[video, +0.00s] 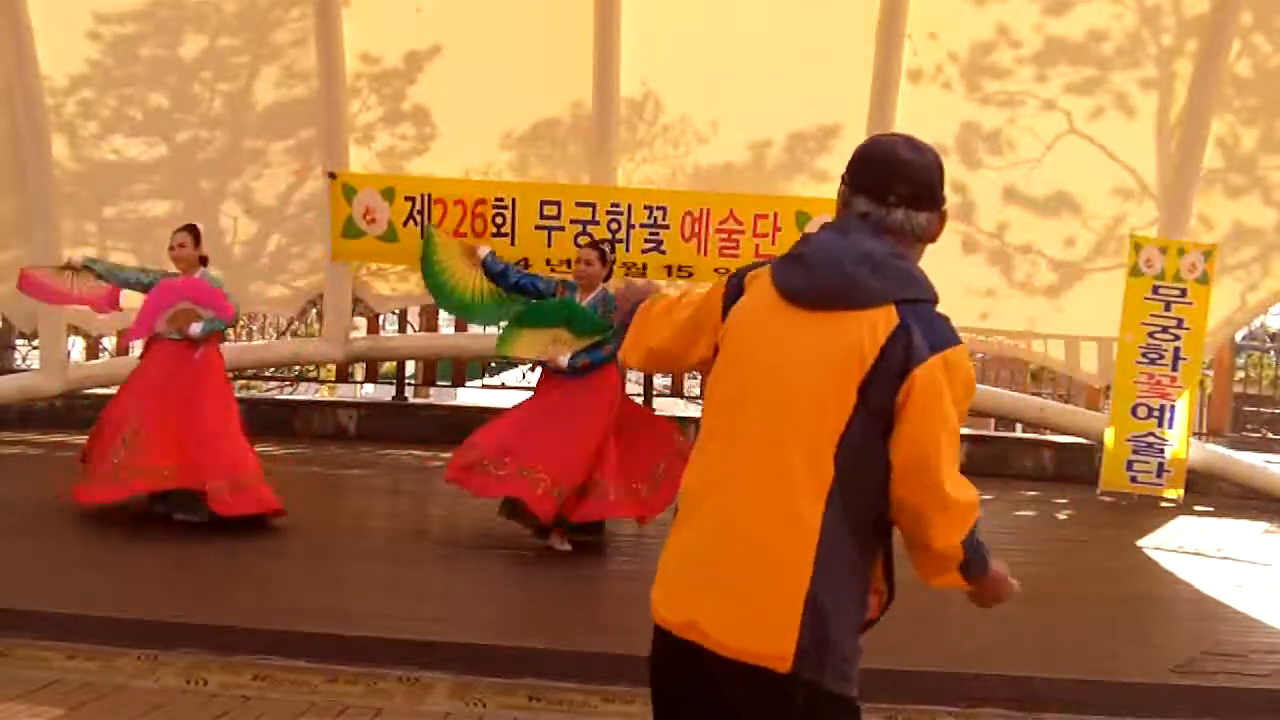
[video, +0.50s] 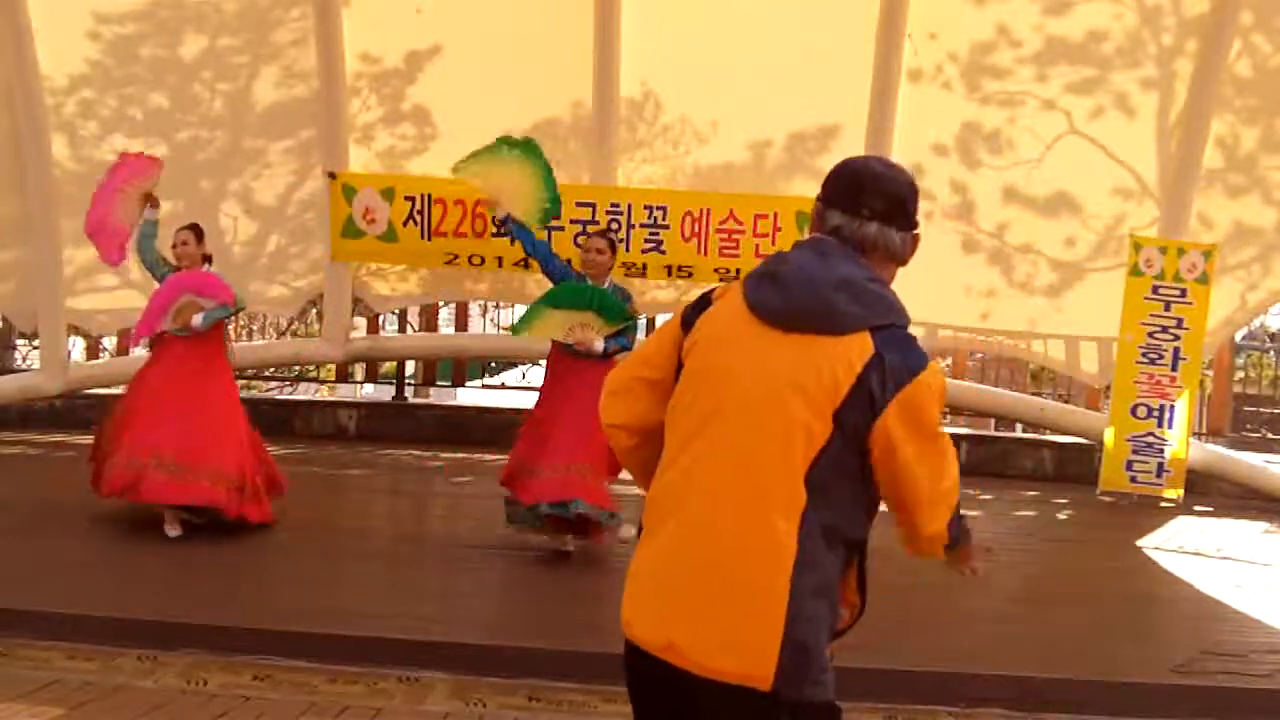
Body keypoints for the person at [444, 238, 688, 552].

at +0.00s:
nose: (580, 268)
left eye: (588, 264)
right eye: (578, 262)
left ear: (606, 271)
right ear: (574, 265)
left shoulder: (616, 302)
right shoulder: (563, 291)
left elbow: (614, 346)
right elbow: (520, 281)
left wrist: (572, 361)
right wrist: (486, 257)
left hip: (598, 382)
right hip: (559, 380)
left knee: (580, 449)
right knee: (550, 442)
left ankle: (559, 527)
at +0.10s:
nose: (582, 269)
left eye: (590, 264)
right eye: (578, 262)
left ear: (606, 270)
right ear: (574, 265)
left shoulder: (614, 307)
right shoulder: (562, 290)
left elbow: (605, 355)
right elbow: (521, 272)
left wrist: (567, 363)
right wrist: (490, 236)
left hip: (596, 389)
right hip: (560, 385)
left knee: (581, 452)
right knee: (551, 447)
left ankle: (574, 528)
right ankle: (552, 520)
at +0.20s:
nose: (581, 267)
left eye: (589, 263)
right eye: (579, 262)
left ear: (607, 268)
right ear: (576, 264)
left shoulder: (615, 305)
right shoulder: (563, 290)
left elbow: (614, 349)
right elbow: (528, 270)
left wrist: (576, 362)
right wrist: (509, 232)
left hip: (594, 387)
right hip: (558, 383)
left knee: (579, 450)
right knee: (544, 444)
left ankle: (564, 526)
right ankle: (537, 524)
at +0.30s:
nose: (586, 264)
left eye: (594, 260)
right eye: (583, 258)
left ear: (608, 266)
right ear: (576, 261)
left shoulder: (617, 304)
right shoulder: (563, 285)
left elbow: (617, 348)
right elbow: (529, 259)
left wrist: (581, 357)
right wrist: (519, 215)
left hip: (594, 384)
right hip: (557, 380)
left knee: (584, 448)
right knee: (553, 443)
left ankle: (566, 526)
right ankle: (545, 520)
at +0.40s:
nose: (588, 258)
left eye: (597, 254)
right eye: (584, 252)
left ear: (611, 261)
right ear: (578, 255)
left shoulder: (618, 297)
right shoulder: (566, 281)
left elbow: (623, 341)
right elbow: (541, 254)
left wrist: (590, 350)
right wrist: (518, 222)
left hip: (597, 375)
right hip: (560, 372)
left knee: (590, 438)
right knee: (554, 432)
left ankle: (583, 510)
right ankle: (553, 506)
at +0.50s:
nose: (592, 257)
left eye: (600, 252)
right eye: (587, 250)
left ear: (612, 259)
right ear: (581, 254)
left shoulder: (620, 297)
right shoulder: (568, 279)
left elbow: (628, 339)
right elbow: (539, 252)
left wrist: (601, 346)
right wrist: (504, 217)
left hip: (598, 371)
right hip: (563, 367)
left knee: (590, 435)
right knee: (558, 432)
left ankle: (584, 509)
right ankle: (555, 510)